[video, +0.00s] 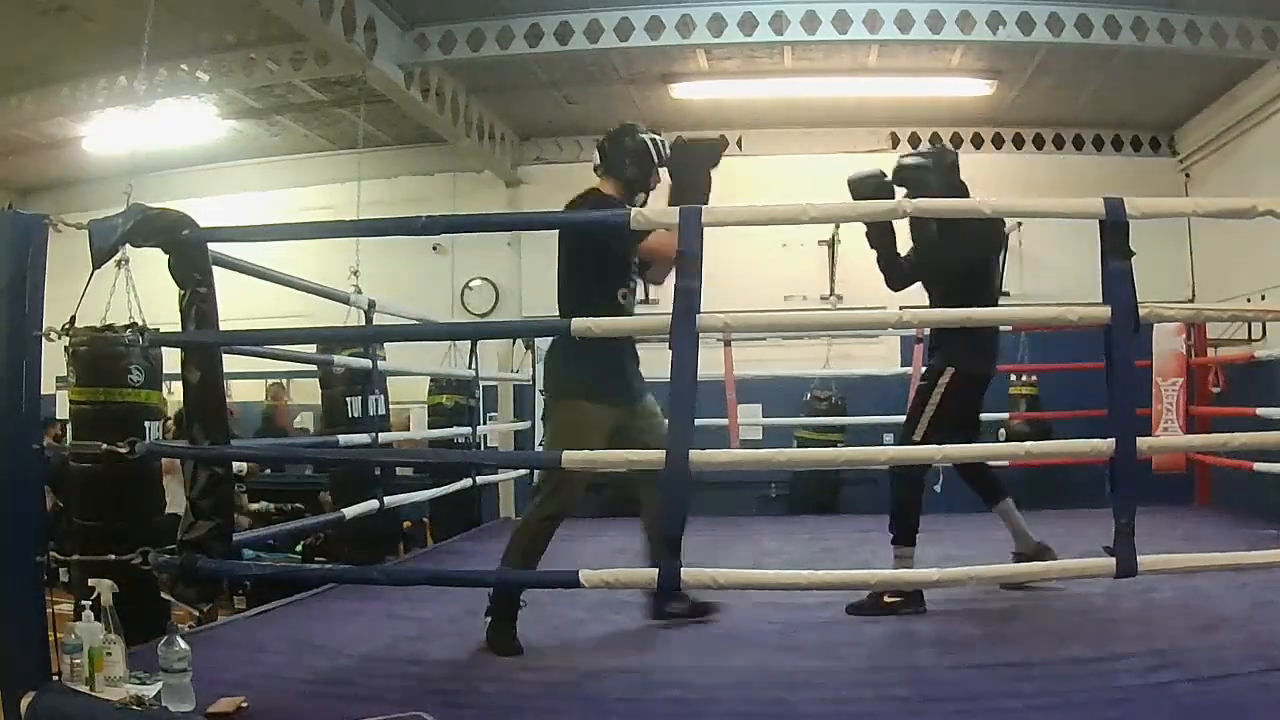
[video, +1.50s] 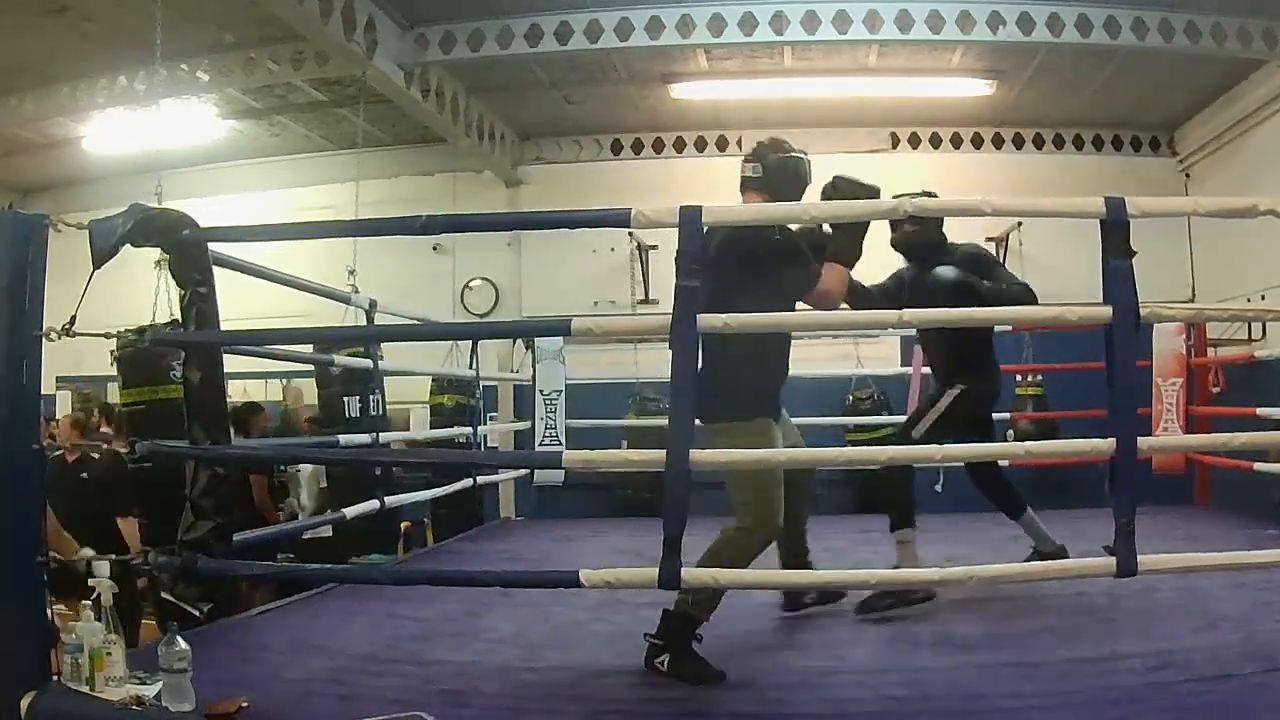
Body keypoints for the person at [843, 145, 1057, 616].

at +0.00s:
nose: (907, 202)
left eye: (912, 193)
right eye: (905, 194)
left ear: (936, 189)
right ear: (949, 186)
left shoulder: (959, 229)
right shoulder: (972, 225)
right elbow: (900, 277)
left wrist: (880, 225)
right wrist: (885, 226)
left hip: (955, 357)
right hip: (968, 356)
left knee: (906, 458)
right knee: (963, 454)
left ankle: (902, 581)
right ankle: (1028, 545)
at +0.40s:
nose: (871, 225)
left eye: (875, 215)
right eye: (868, 216)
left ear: (901, 209)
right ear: (901, 209)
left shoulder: (935, 243)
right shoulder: (913, 247)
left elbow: (961, 298)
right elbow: (877, 298)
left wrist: (895, 289)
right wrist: (850, 256)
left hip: (928, 377)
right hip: (921, 375)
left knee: (866, 467)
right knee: (925, 473)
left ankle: (897, 582)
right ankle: (979, 555)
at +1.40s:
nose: (890, 222)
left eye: (896, 213)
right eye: (889, 214)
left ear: (919, 212)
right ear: (902, 218)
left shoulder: (966, 244)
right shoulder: (903, 259)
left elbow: (1012, 303)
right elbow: (870, 300)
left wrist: (958, 296)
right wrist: (841, 252)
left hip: (968, 369)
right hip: (938, 372)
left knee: (915, 458)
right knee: (955, 466)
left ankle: (932, 574)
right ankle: (1029, 537)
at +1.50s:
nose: (898, 230)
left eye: (907, 222)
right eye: (895, 224)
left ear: (932, 225)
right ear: (896, 231)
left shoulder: (968, 257)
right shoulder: (906, 278)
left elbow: (1026, 298)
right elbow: (868, 300)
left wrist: (970, 285)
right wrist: (836, 274)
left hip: (974, 382)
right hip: (952, 384)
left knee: (897, 457)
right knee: (984, 474)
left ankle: (907, 573)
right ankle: (1048, 545)